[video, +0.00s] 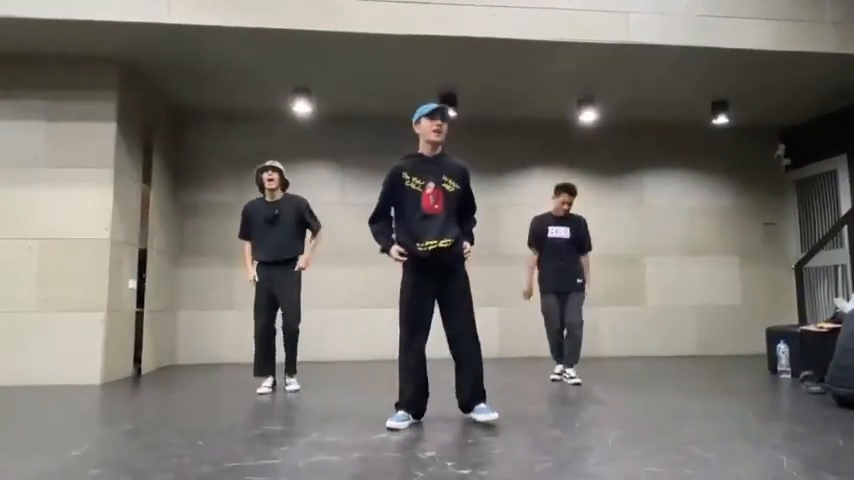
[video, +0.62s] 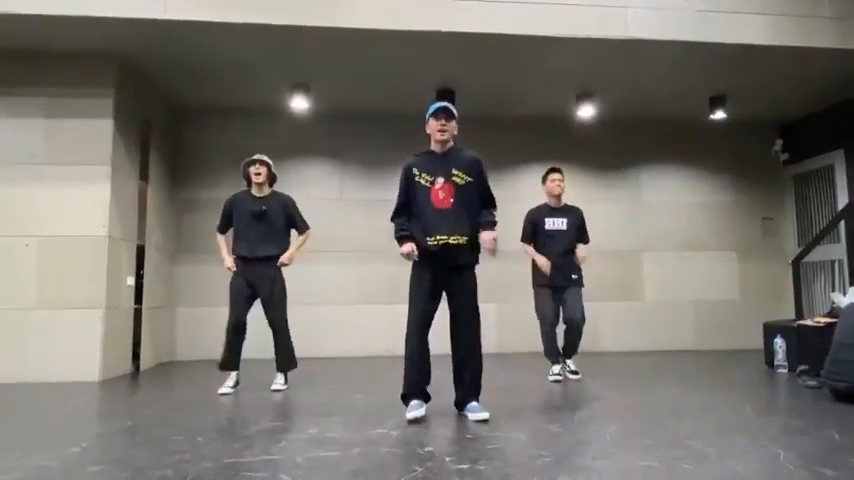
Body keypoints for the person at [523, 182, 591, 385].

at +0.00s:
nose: (566, 207)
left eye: (569, 204)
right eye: (563, 202)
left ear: (573, 203)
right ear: (554, 199)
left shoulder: (578, 222)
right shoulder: (539, 222)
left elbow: (584, 255)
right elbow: (533, 255)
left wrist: (587, 279)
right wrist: (529, 284)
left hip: (574, 283)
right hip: (549, 284)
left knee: (574, 323)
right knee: (553, 325)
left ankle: (570, 366)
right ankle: (559, 363)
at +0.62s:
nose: (557, 184)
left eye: (560, 181)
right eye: (552, 181)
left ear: (564, 186)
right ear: (544, 186)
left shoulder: (575, 213)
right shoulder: (534, 214)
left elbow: (581, 242)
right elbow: (526, 244)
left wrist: (578, 257)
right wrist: (539, 258)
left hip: (570, 275)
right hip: (545, 277)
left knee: (576, 319)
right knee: (548, 321)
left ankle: (568, 358)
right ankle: (554, 363)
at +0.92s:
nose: (558, 182)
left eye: (560, 179)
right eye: (553, 179)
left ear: (565, 185)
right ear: (544, 186)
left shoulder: (574, 213)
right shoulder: (533, 213)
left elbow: (579, 243)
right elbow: (528, 244)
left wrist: (565, 261)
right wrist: (550, 263)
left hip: (568, 277)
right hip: (542, 278)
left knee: (576, 320)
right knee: (546, 320)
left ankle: (576, 362)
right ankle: (552, 360)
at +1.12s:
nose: (556, 185)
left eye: (558, 182)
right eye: (551, 182)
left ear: (562, 186)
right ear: (541, 188)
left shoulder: (572, 212)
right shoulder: (532, 212)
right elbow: (509, 231)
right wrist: (494, 223)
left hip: (563, 279)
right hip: (534, 277)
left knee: (575, 321)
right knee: (517, 317)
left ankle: (574, 362)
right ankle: (497, 361)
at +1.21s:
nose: (556, 189)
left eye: (558, 185)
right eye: (551, 185)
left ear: (562, 191)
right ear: (541, 192)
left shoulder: (573, 216)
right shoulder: (530, 216)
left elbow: (605, 221)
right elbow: (500, 223)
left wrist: (635, 222)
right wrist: (473, 218)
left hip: (561, 286)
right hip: (530, 285)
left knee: (576, 325)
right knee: (508, 325)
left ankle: (574, 363)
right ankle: (492, 361)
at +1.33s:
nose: (559, 181)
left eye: (562, 178)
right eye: (555, 179)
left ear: (565, 184)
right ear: (545, 184)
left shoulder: (574, 207)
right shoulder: (535, 208)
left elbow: (590, 226)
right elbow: (513, 226)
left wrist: (610, 219)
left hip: (567, 276)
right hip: (539, 276)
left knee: (577, 321)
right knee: (524, 316)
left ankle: (576, 361)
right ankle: (505, 358)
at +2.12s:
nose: (557, 173)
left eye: (559, 170)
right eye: (552, 170)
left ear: (563, 174)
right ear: (543, 175)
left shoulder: (572, 203)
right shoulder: (533, 201)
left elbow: (571, 232)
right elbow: (529, 232)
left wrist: (574, 246)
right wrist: (548, 241)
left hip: (566, 265)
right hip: (540, 266)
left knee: (573, 307)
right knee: (534, 312)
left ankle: (574, 354)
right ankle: (529, 356)